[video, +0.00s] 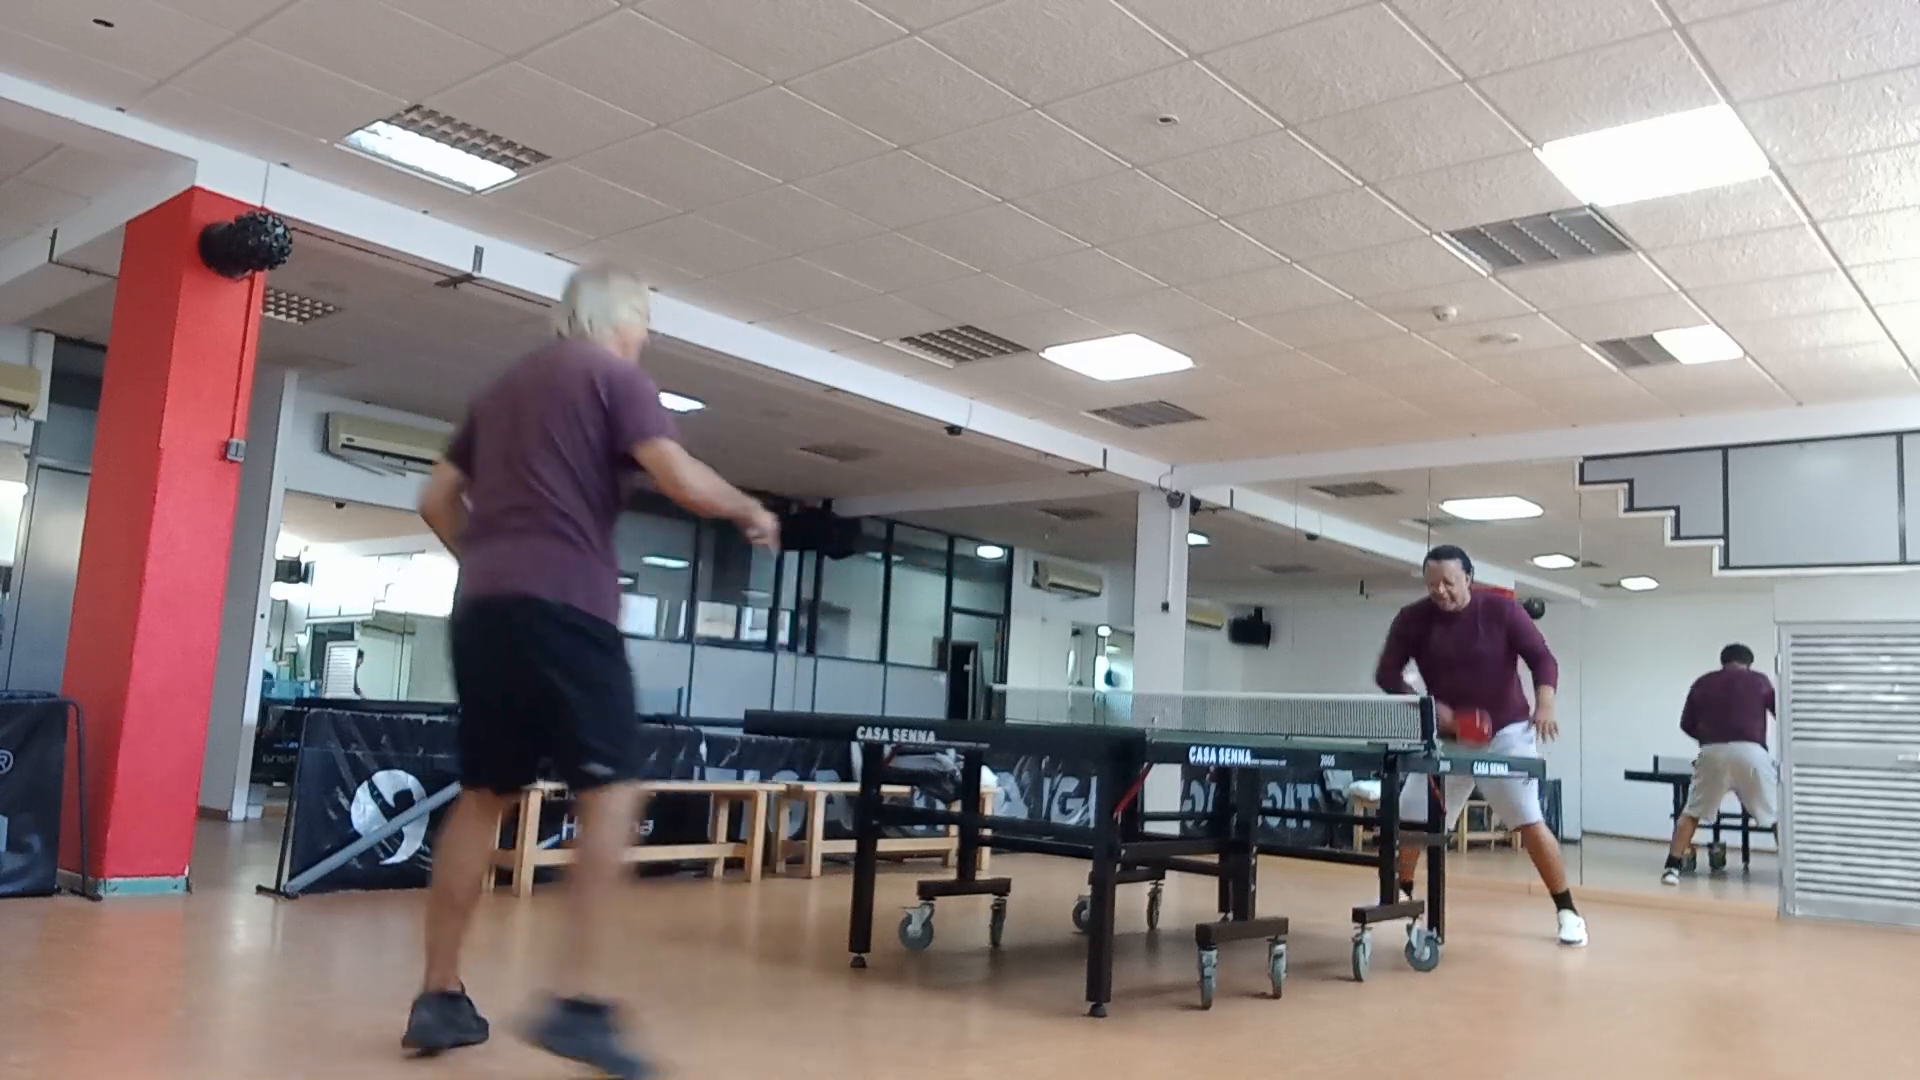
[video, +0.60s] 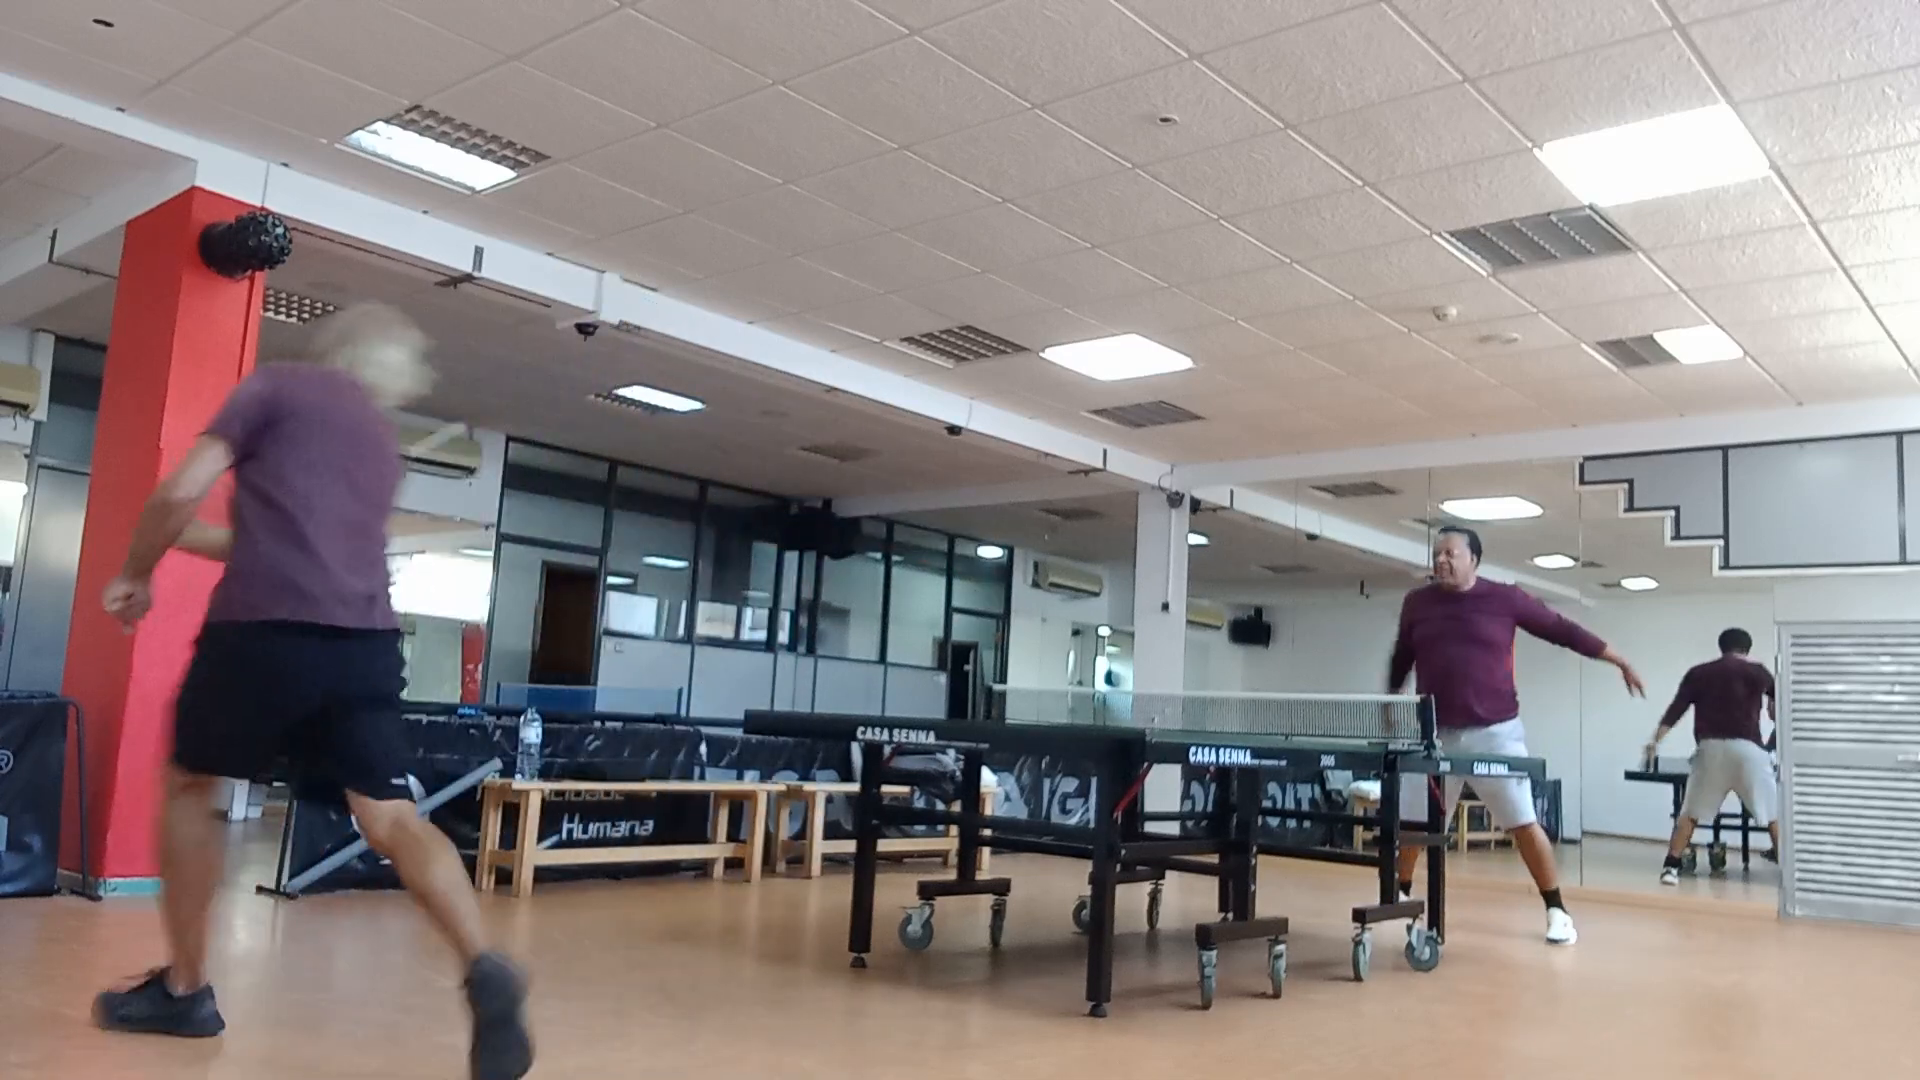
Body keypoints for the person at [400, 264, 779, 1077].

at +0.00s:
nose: (642, 344)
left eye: (643, 330)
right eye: (640, 329)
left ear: (567, 317)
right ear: (615, 319)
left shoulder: (502, 388)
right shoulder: (613, 374)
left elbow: (436, 500)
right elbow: (680, 479)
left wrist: (487, 563)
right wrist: (749, 509)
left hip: (481, 605)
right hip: (564, 605)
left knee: (484, 792)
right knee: (612, 788)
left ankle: (438, 998)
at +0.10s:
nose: (629, 316)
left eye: (631, 303)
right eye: (627, 300)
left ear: (558, 286)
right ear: (600, 291)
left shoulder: (480, 354)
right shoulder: (596, 350)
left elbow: (402, 460)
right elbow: (638, 470)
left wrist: (447, 535)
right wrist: (711, 516)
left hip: (441, 578)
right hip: (518, 580)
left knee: (433, 768)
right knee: (546, 765)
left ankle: (395, 967)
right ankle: (455, 982)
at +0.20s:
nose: (607, 336)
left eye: (610, 324)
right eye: (608, 322)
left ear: (534, 299)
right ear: (585, 311)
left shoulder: (456, 360)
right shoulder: (569, 366)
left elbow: (375, 470)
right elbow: (585, 489)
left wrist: (411, 544)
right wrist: (661, 543)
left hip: (395, 583)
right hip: (474, 596)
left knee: (378, 768)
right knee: (493, 789)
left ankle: (282, 964)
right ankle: (396, 1014)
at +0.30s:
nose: (585, 369)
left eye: (587, 353)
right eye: (585, 351)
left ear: (514, 336)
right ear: (555, 343)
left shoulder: (438, 396)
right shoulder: (524, 409)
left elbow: (354, 516)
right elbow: (503, 534)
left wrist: (452, 557)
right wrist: (583, 582)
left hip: (347, 622)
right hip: (423, 638)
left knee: (335, 804)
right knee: (480, 820)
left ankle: (208, 973)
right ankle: (382, 1037)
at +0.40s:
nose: (537, 396)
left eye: (542, 384)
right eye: (541, 384)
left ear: (468, 358)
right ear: (525, 374)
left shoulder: (382, 408)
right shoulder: (503, 439)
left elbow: (297, 514)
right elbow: (471, 583)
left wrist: (353, 573)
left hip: (305, 623)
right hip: (389, 637)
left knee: (320, 809)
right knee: (475, 815)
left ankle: (217, 982)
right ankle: (385, 1033)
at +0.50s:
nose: (478, 399)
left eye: (477, 386)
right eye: (479, 387)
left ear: (411, 346)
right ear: (467, 378)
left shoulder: (327, 381)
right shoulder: (459, 445)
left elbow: (236, 493)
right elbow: (439, 537)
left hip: (267, 623)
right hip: (370, 633)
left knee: (269, 786)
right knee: (413, 827)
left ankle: (225, 977)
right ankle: (410, 1013)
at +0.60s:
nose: (406, 394)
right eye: (405, 380)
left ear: (334, 345)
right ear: (392, 376)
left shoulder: (278, 384)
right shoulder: (383, 437)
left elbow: (177, 495)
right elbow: (295, 544)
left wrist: (136, 574)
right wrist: (179, 534)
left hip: (258, 641)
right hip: (362, 648)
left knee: (193, 791)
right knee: (391, 816)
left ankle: (185, 988)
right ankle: (483, 962)